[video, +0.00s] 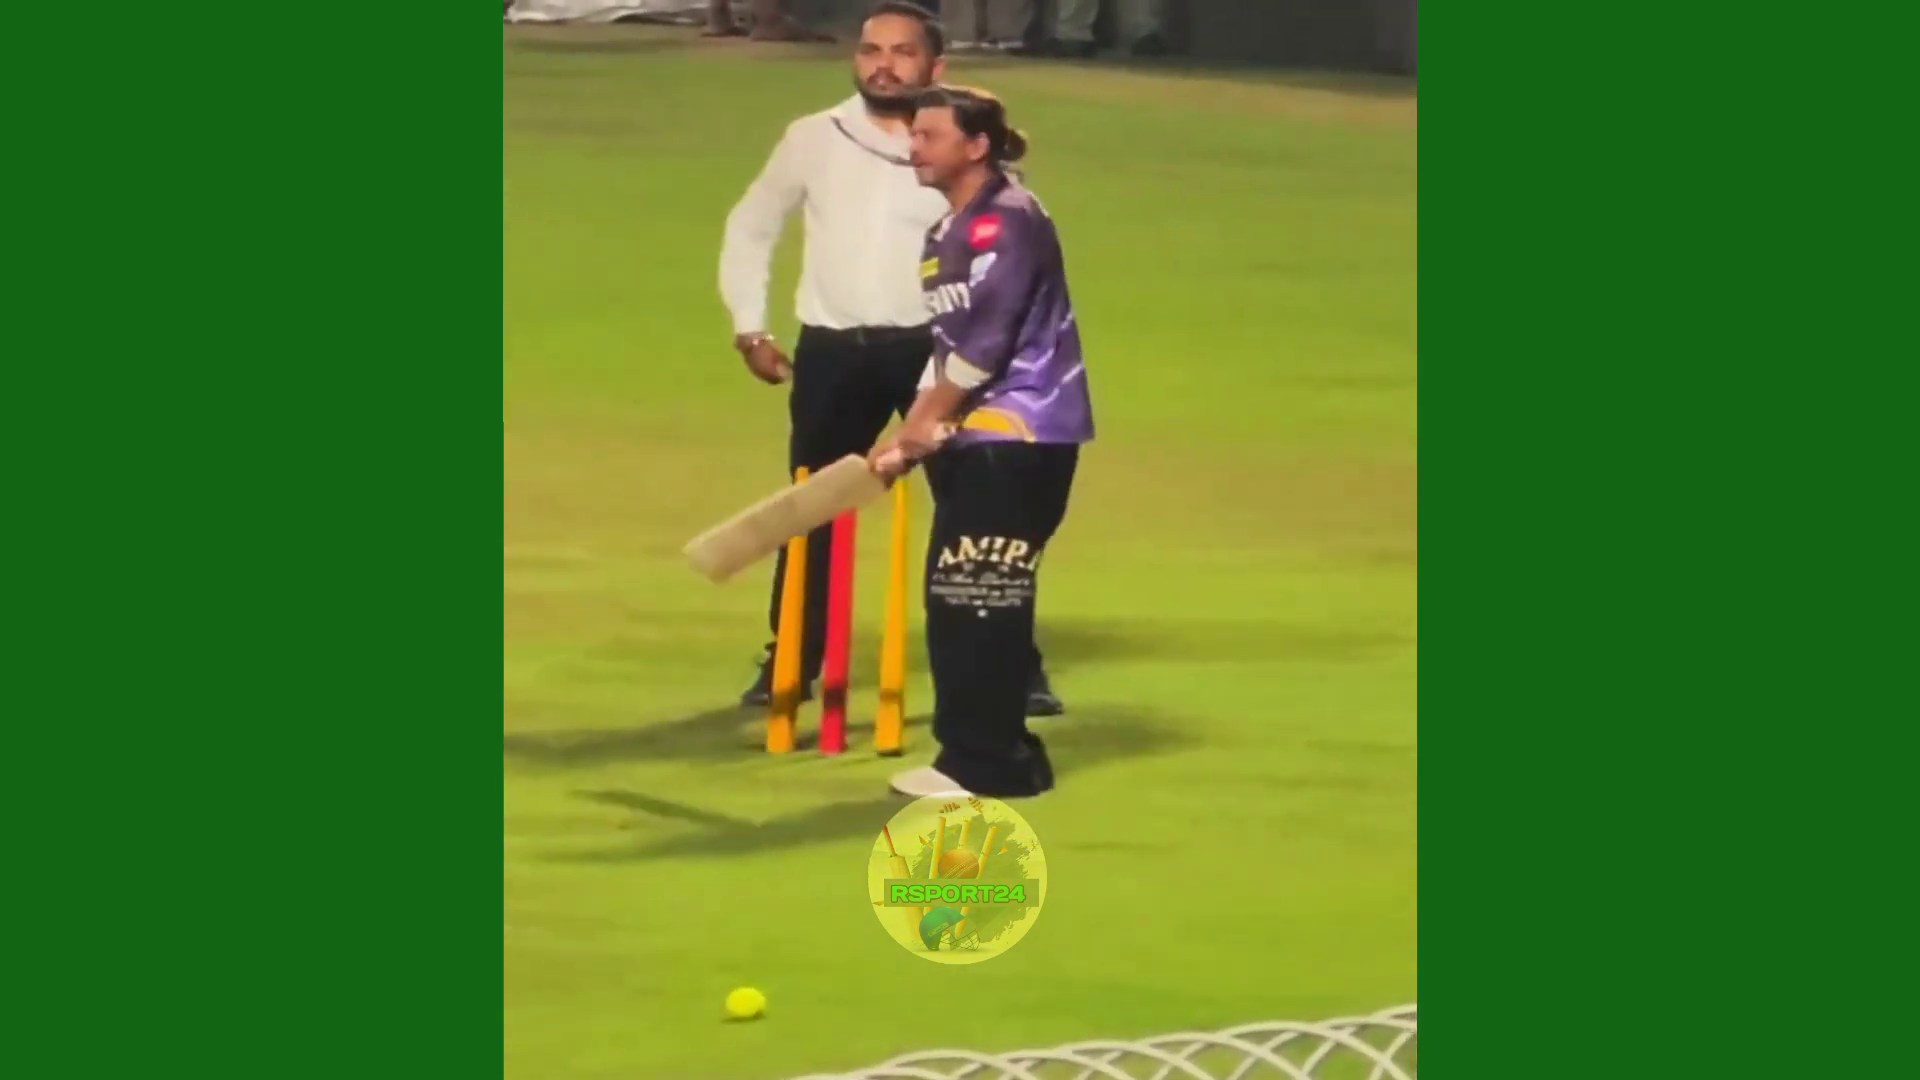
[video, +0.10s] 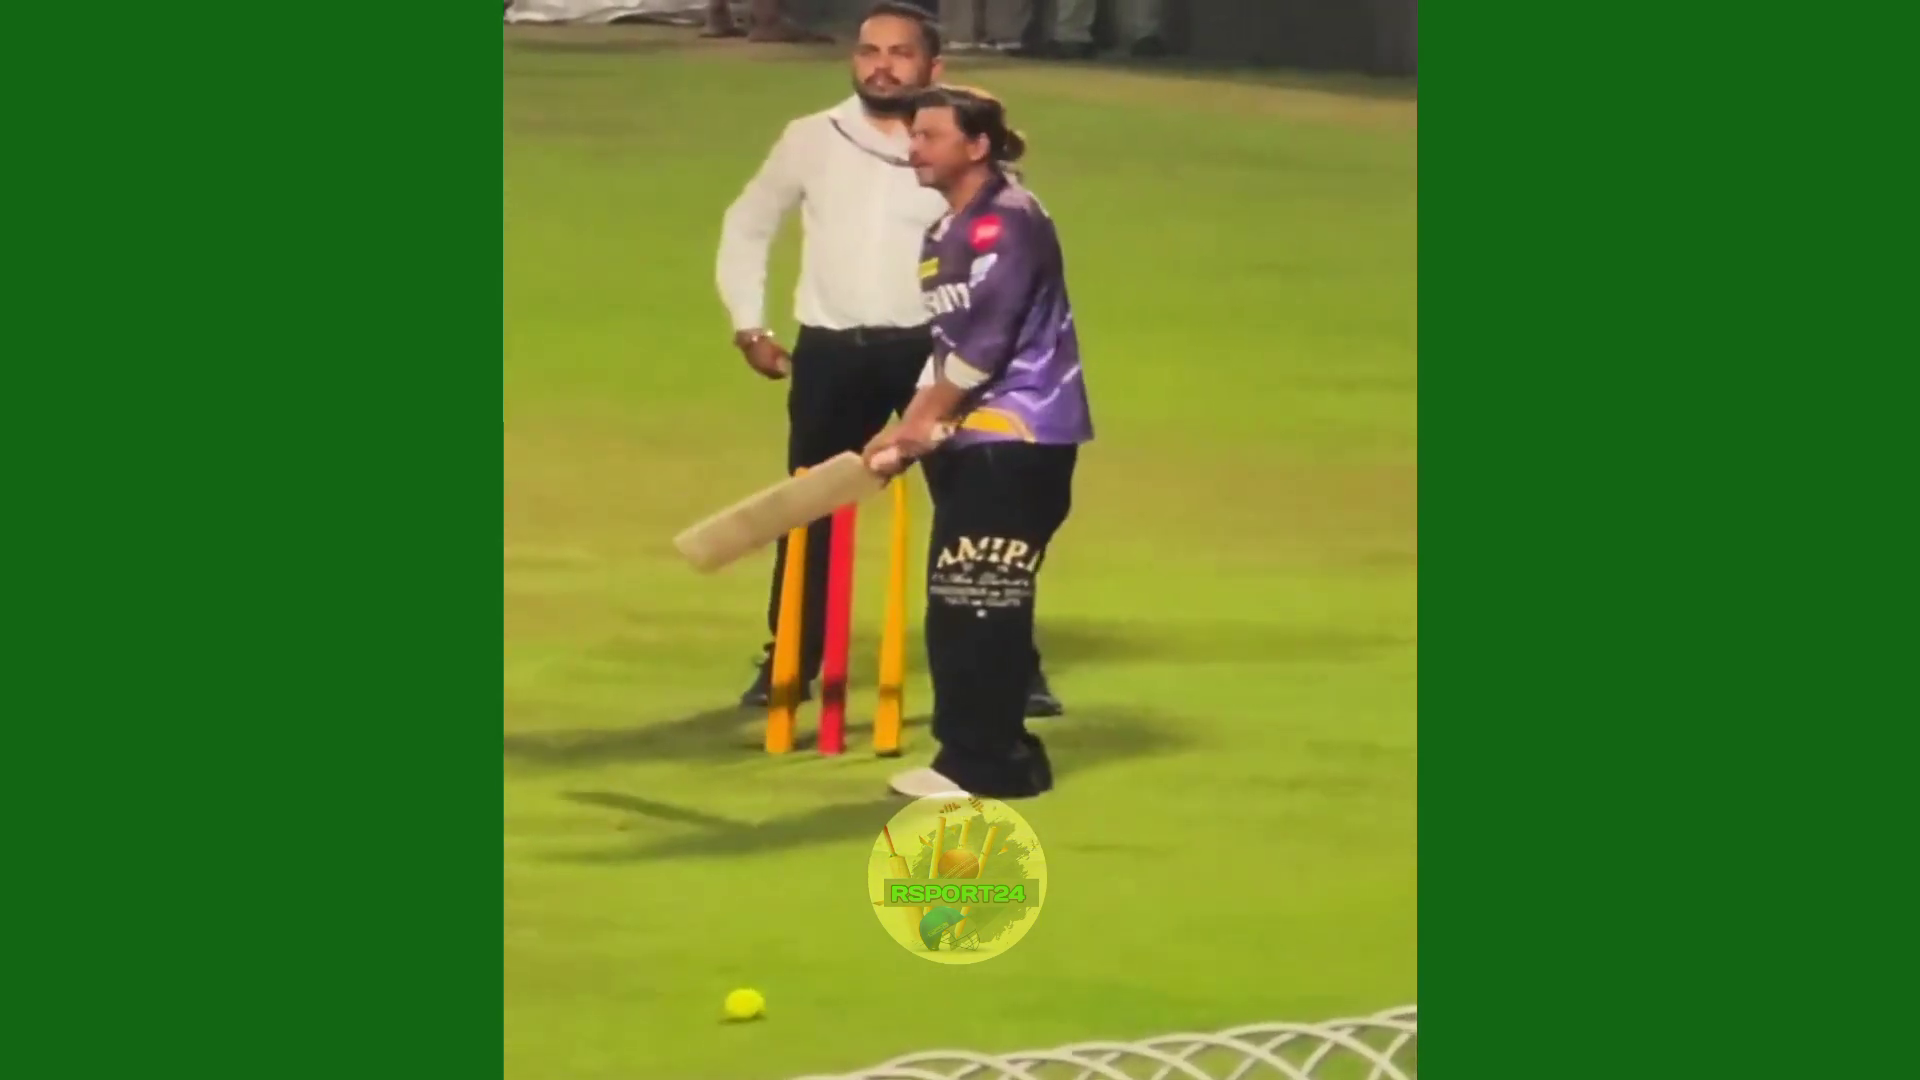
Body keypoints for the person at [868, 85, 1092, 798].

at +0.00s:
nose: (913, 147)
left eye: (928, 136)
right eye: (914, 135)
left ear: (976, 145)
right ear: (953, 148)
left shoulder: (1007, 224)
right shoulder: (949, 229)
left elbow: (980, 354)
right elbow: (949, 351)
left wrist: (919, 431)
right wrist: (907, 434)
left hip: (1021, 437)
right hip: (980, 435)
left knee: (978, 596)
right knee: (964, 593)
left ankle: (982, 761)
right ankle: (991, 753)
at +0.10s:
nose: (913, 148)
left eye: (928, 136)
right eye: (913, 136)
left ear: (977, 145)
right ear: (949, 148)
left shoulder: (1008, 224)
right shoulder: (945, 230)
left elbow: (979, 355)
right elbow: (947, 352)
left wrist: (915, 432)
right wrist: (904, 434)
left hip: (1019, 440)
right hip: (976, 439)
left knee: (981, 602)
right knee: (961, 599)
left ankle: (984, 762)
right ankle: (986, 754)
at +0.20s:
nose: (922, 153)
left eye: (938, 141)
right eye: (918, 141)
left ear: (984, 148)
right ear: (917, 150)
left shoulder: (1015, 224)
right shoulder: (942, 231)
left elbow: (996, 347)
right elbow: (952, 348)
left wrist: (930, 418)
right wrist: (908, 416)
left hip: (1023, 438)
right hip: (975, 435)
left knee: (990, 602)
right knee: (959, 597)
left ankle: (989, 764)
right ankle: (974, 754)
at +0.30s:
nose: (924, 160)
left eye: (939, 147)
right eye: (918, 148)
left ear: (984, 154)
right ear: (913, 156)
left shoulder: (1016, 231)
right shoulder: (937, 239)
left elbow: (998, 352)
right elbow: (948, 353)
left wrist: (935, 422)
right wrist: (903, 423)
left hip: (1024, 442)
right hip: (973, 441)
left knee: (988, 605)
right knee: (953, 601)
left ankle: (983, 771)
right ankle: (978, 758)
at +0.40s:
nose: (923, 163)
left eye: (938, 150)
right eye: (916, 152)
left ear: (983, 157)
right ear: (911, 160)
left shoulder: (1015, 232)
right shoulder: (933, 242)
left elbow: (1001, 353)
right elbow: (947, 354)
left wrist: (935, 425)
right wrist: (898, 428)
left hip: (1024, 443)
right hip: (972, 442)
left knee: (989, 607)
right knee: (948, 602)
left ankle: (982, 775)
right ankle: (970, 762)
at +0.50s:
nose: (918, 176)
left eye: (933, 162)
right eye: (910, 164)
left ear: (977, 168)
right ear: (904, 172)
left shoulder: (1010, 244)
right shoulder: (925, 257)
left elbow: (998, 366)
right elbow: (937, 371)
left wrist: (930, 437)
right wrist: (893, 447)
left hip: (1020, 456)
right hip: (963, 457)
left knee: (986, 619)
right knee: (942, 616)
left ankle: (970, 787)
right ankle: (985, 774)